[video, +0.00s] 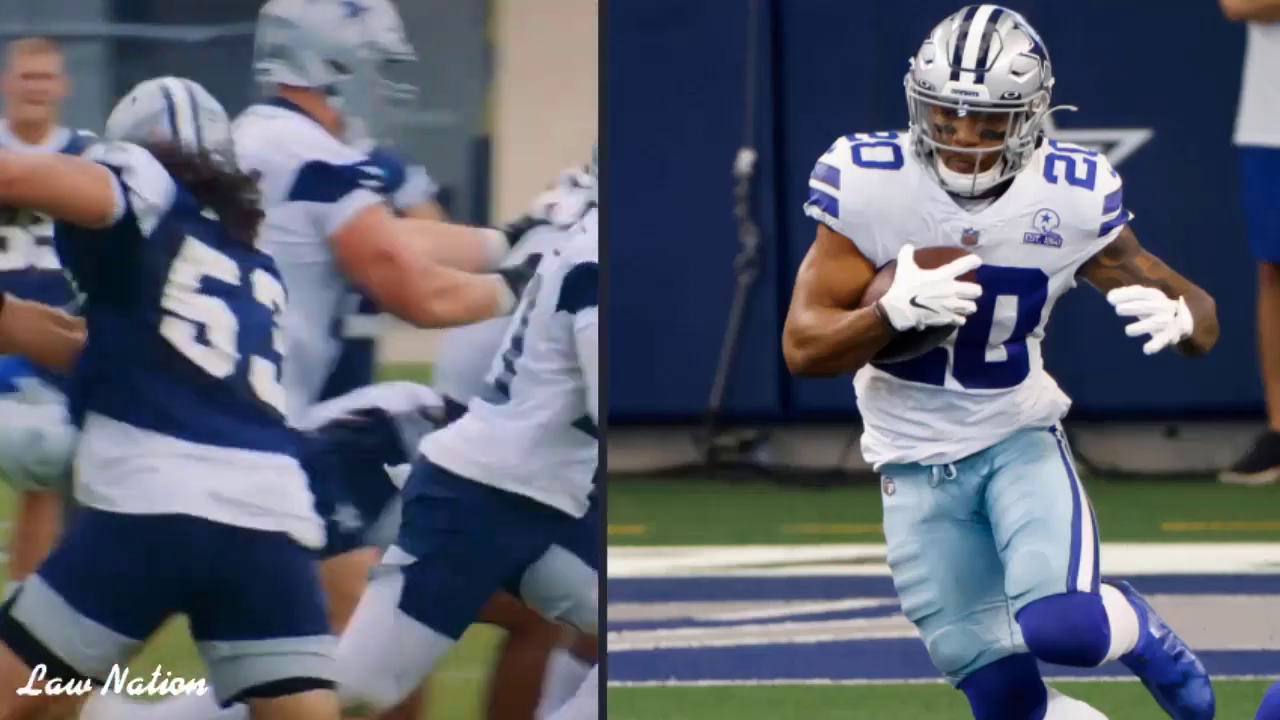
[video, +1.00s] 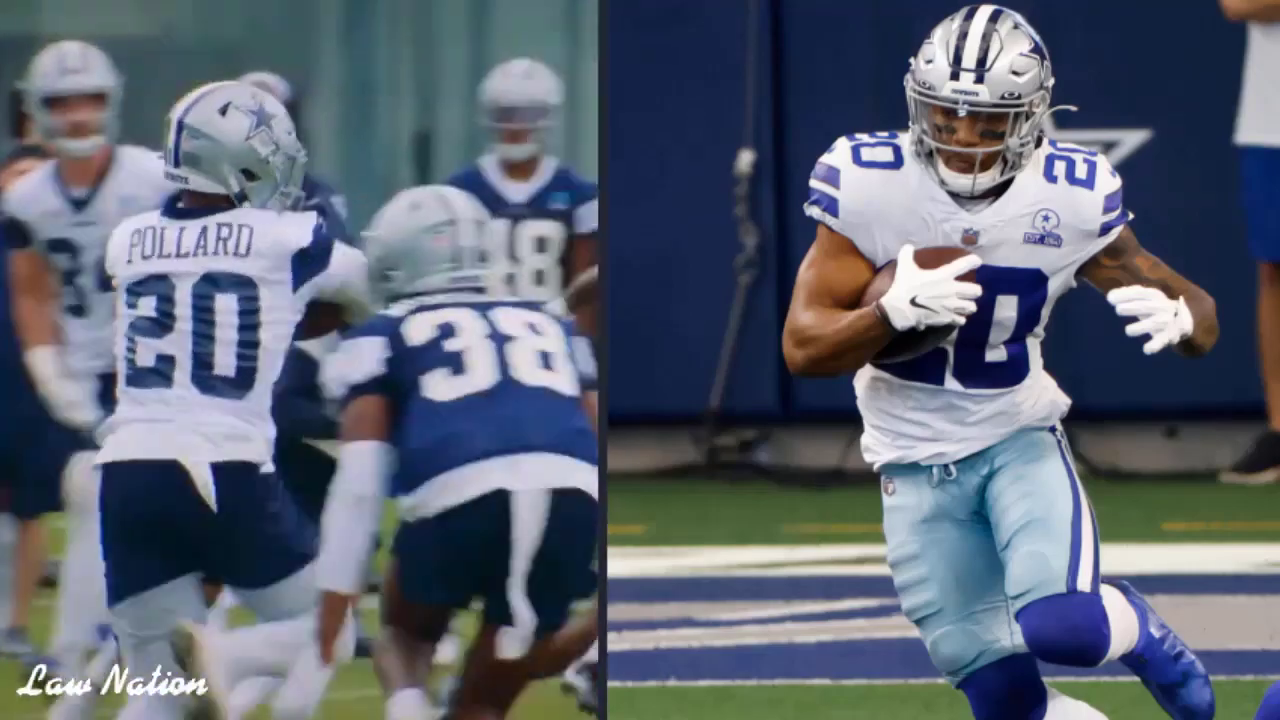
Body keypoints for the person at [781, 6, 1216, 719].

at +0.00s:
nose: (965, 137)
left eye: (987, 120)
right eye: (950, 116)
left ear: (1027, 118)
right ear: (922, 108)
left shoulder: (1071, 194)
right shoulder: (863, 180)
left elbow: (1197, 309)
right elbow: (801, 350)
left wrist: (1180, 318)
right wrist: (886, 313)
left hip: (1018, 437)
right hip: (911, 467)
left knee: (1055, 625)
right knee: (1001, 698)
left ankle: (1143, 633)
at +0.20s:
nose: (965, 137)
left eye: (987, 121)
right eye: (950, 116)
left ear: (1027, 118)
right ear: (922, 109)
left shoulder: (1071, 194)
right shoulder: (863, 180)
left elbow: (1196, 309)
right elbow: (801, 349)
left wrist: (1181, 318)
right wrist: (887, 313)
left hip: (1018, 437)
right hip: (911, 467)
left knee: (1054, 626)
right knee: (1001, 698)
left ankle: (1141, 632)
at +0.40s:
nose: (965, 137)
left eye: (987, 121)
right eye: (950, 116)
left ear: (1027, 118)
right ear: (922, 109)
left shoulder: (1071, 194)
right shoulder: (863, 180)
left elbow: (1197, 309)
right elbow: (801, 350)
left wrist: (1180, 318)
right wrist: (887, 313)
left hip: (1018, 437)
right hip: (911, 468)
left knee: (1054, 626)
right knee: (1001, 697)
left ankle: (1142, 633)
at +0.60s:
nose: (965, 137)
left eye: (987, 121)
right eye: (950, 116)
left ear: (1027, 118)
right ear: (922, 109)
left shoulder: (1071, 194)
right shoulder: (863, 180)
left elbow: (1197, 309)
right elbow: (801, 350)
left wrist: (1180, 318)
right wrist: (887, 313)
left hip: (1018, 437)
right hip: (911, 468)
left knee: (1054, 626)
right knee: (1001, 697)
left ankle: (1142, 633)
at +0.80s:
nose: (965, 137)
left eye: (987, 120)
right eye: (950, 116)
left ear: (1027, 118)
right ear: (922, 109)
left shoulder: (1071, 194)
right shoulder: (863, 180)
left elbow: (1196, 308)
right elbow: (801, 349)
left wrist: (1181, 318)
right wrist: (887, 313)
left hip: (1018, 437)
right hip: (911, 467)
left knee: (1054, 626)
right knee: (1001, 698)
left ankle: (1142, 632)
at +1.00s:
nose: (965, 137)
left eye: (987, 121)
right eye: (950, 116)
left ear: (1027, 118)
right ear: (922, 109)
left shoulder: (1071, 193)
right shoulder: (863, 180)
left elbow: (1196, 308)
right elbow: (801, 349)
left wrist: (1181, 318)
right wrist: (887, 313)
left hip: (1018, 437)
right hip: (911, 468)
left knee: (1054, 626)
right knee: (1001, 698)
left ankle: (1141, 632)